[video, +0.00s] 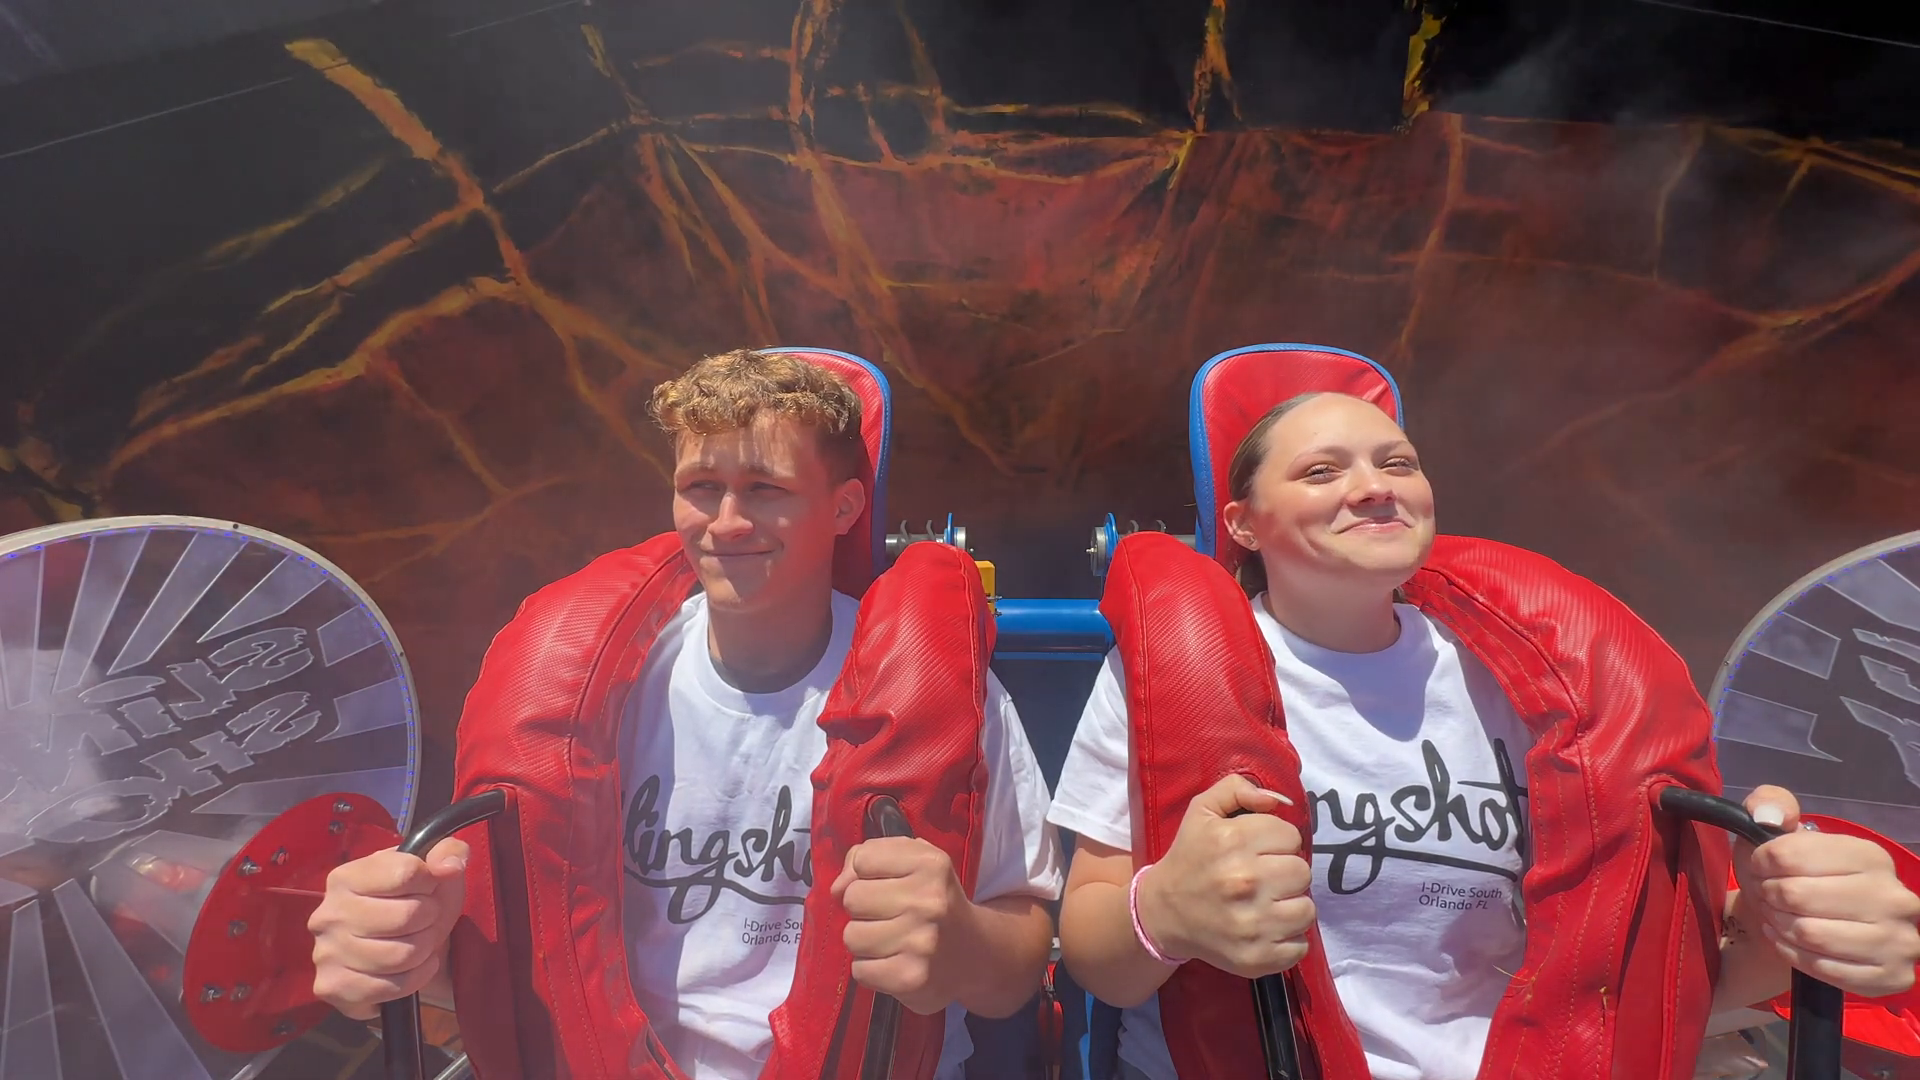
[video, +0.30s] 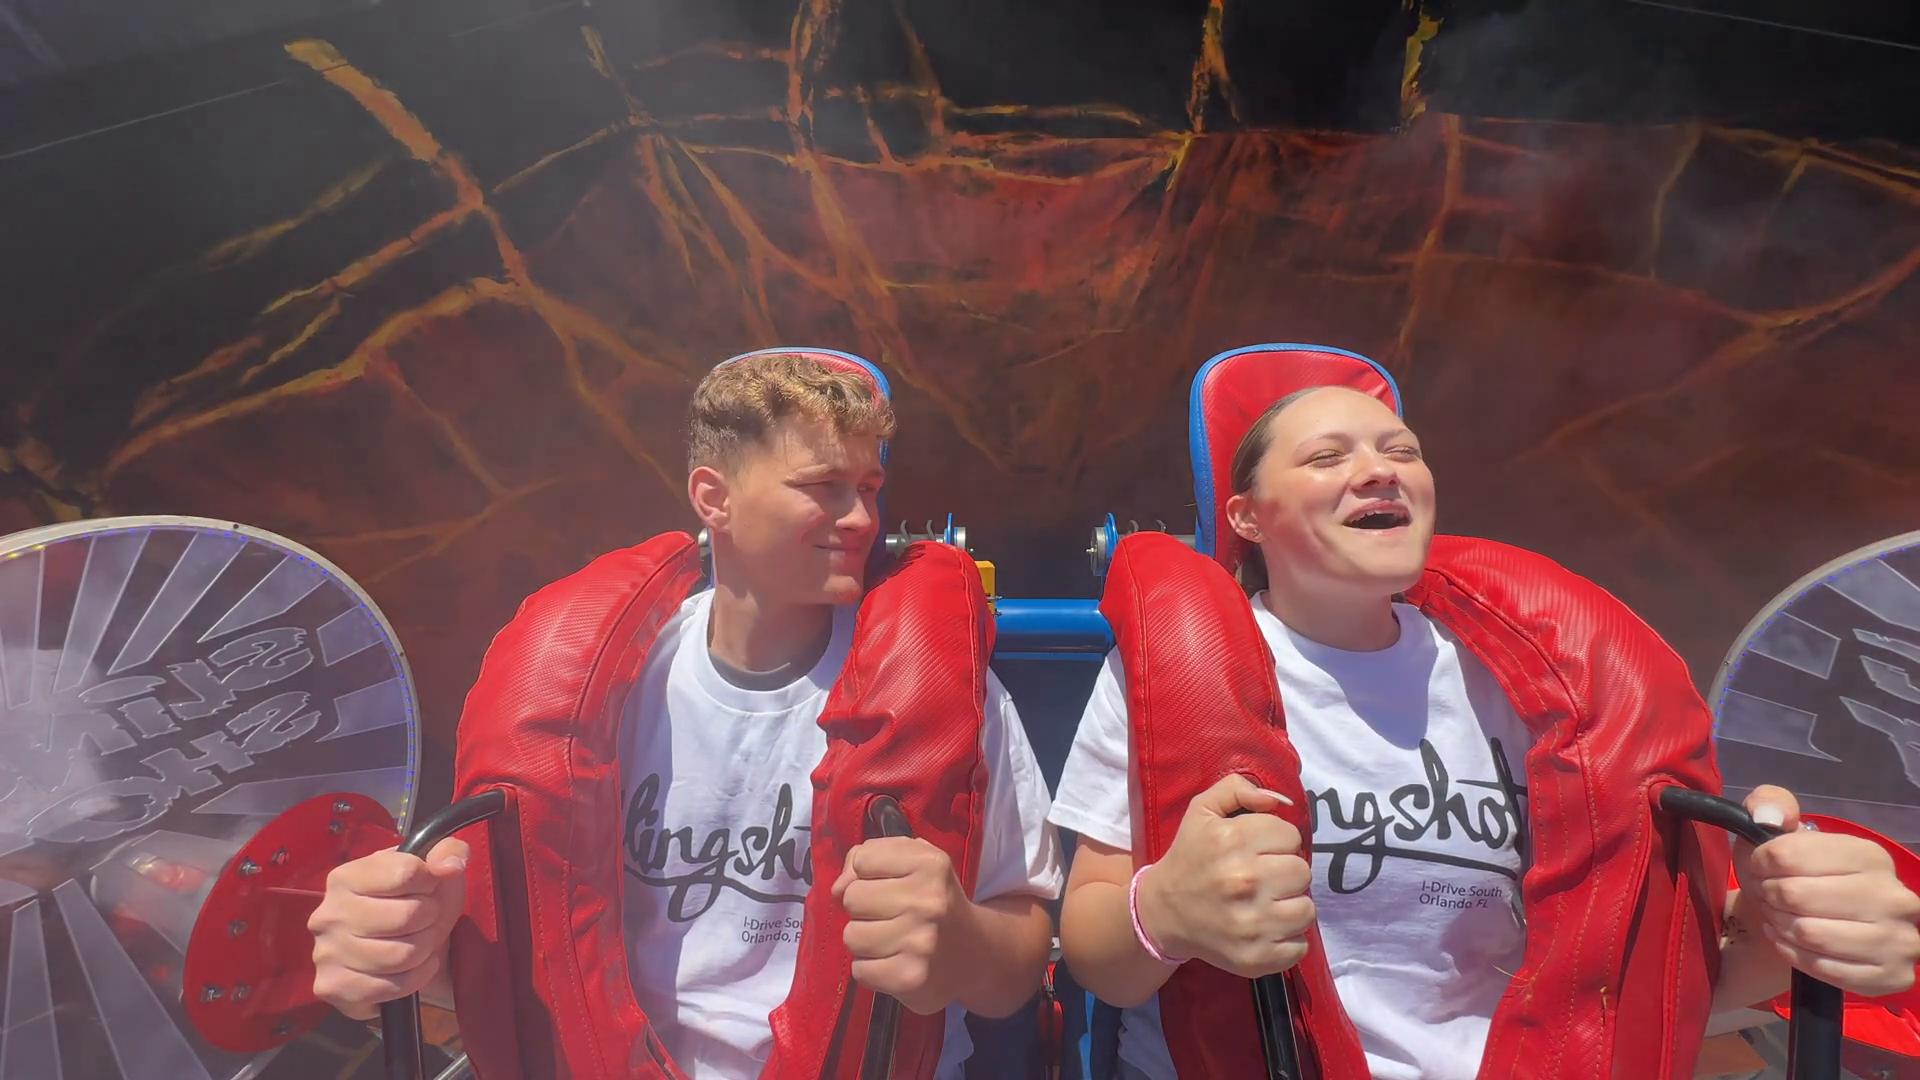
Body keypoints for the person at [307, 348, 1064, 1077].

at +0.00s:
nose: (727, 523)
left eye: (766, 491)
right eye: (702, 490)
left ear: (846, 507)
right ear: (673, 494)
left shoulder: (935, 688)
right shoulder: (586, 672)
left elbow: (1024, 959)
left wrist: (964, 948)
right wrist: (403, 943)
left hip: (837, 1063)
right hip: (614, 1058)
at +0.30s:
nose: (865, 520)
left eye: (872, 488)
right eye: (824, 488)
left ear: (885, 490)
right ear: (713, 499)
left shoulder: (937, 681)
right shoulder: (586, 667)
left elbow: (1024, 953)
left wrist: (965, 949)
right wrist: (411, 942)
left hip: (836, 1063)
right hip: (613, 1059)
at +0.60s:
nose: (865, 519)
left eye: (873, 488)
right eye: (825, 487)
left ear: (885, 492)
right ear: (714, 498)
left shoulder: (938, 683)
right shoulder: (586, 668)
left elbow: (1024, 956)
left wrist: (964, 949)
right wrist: (406, 942)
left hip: (837, 1063)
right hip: (615, 1059)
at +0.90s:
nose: (863, 519)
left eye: (872, 488)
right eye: (822, 486)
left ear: (886, 492)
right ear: (712, 495)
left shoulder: (939, 685)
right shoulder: (585, 667)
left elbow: (1024, 960)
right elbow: (502, 912)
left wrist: (965, 948)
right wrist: (407, 940)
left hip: (838, 1063)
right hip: (614, 1059)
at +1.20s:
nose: (791, 526)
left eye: (824, 495)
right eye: (756, 490)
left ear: (863, 508)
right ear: (690, 493)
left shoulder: (941, 690)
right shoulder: (584, 669)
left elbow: (1025, 961)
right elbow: (503, 915)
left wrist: (962, 950)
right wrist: (412, 942)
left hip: (840, 1062)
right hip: (614, 1057)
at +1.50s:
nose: (751, 531)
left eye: (789, 498)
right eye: (723, 495)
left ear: (851, 505)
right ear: (683, 492)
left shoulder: (939, 690)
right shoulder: (583, 670)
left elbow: (1023, 961)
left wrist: (962, 949)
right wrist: (410, 946)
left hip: (840, 1062)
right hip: (614, 1057)